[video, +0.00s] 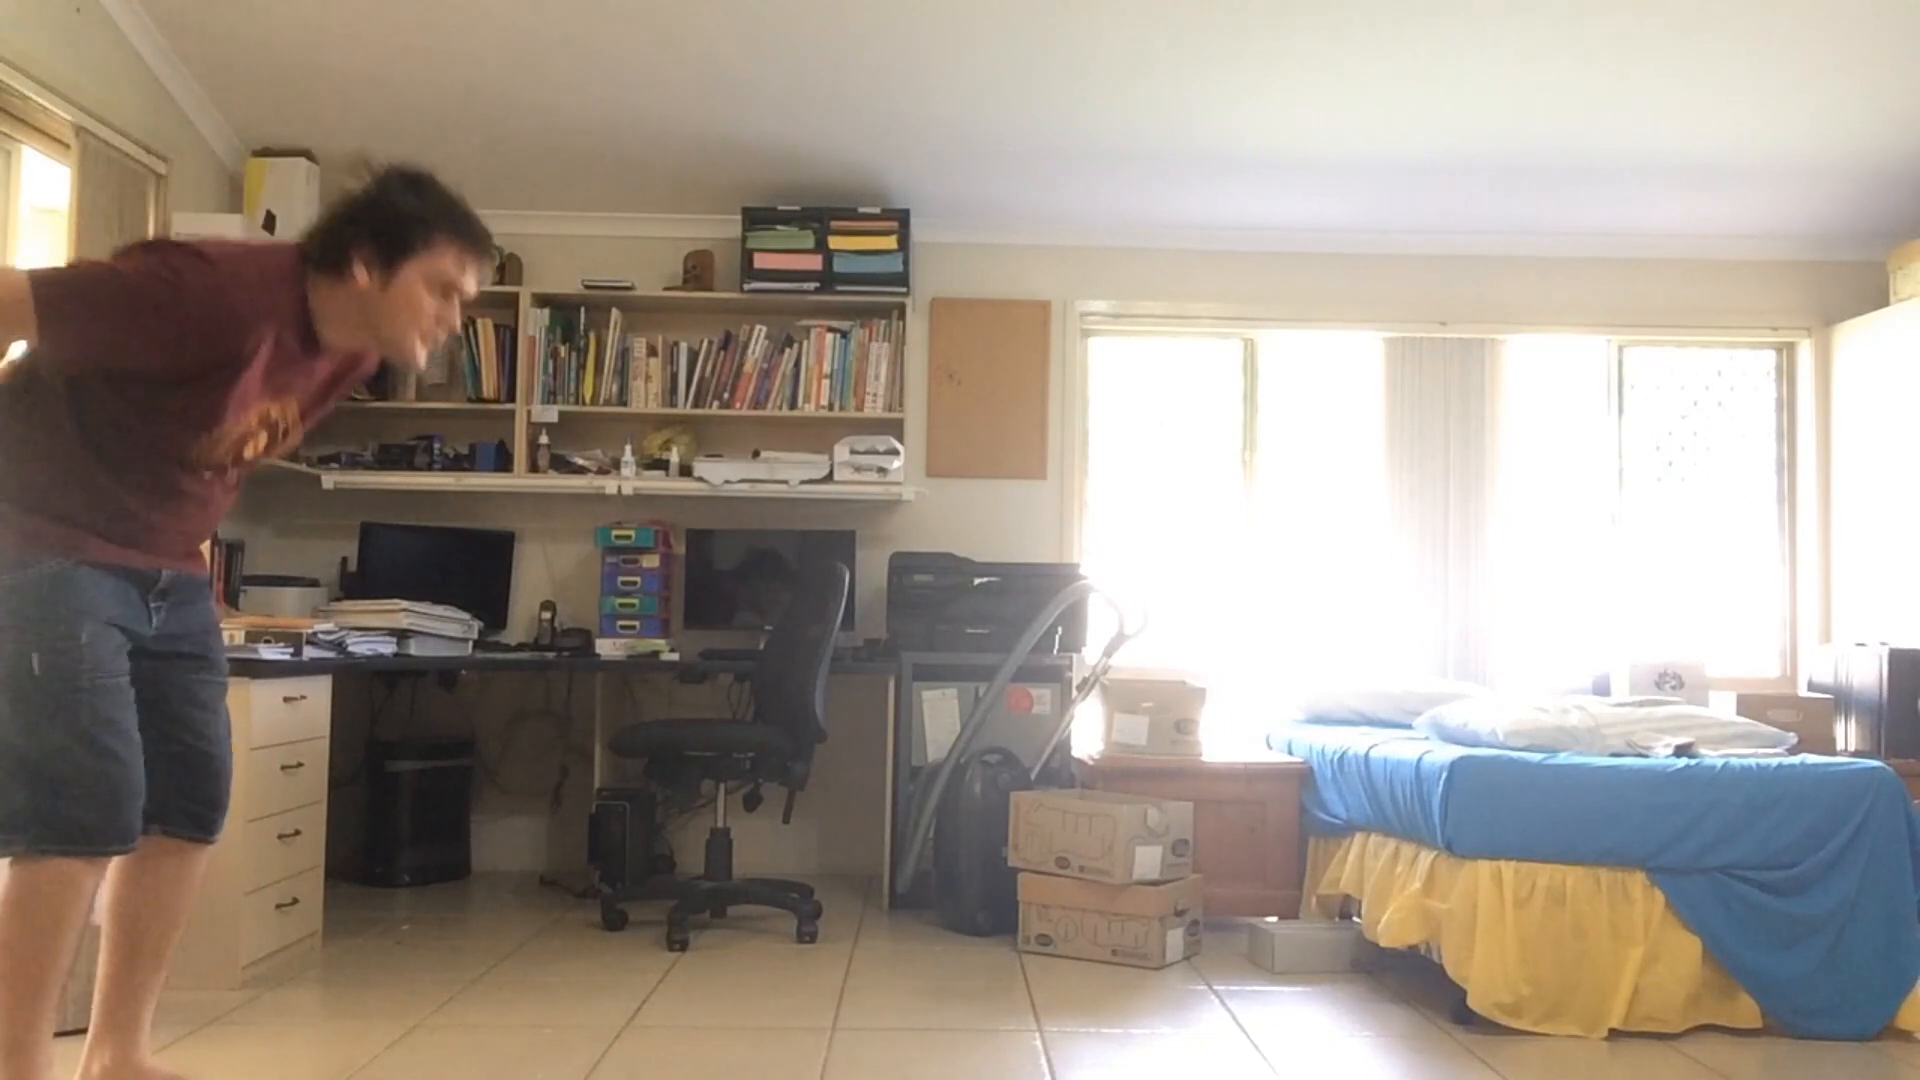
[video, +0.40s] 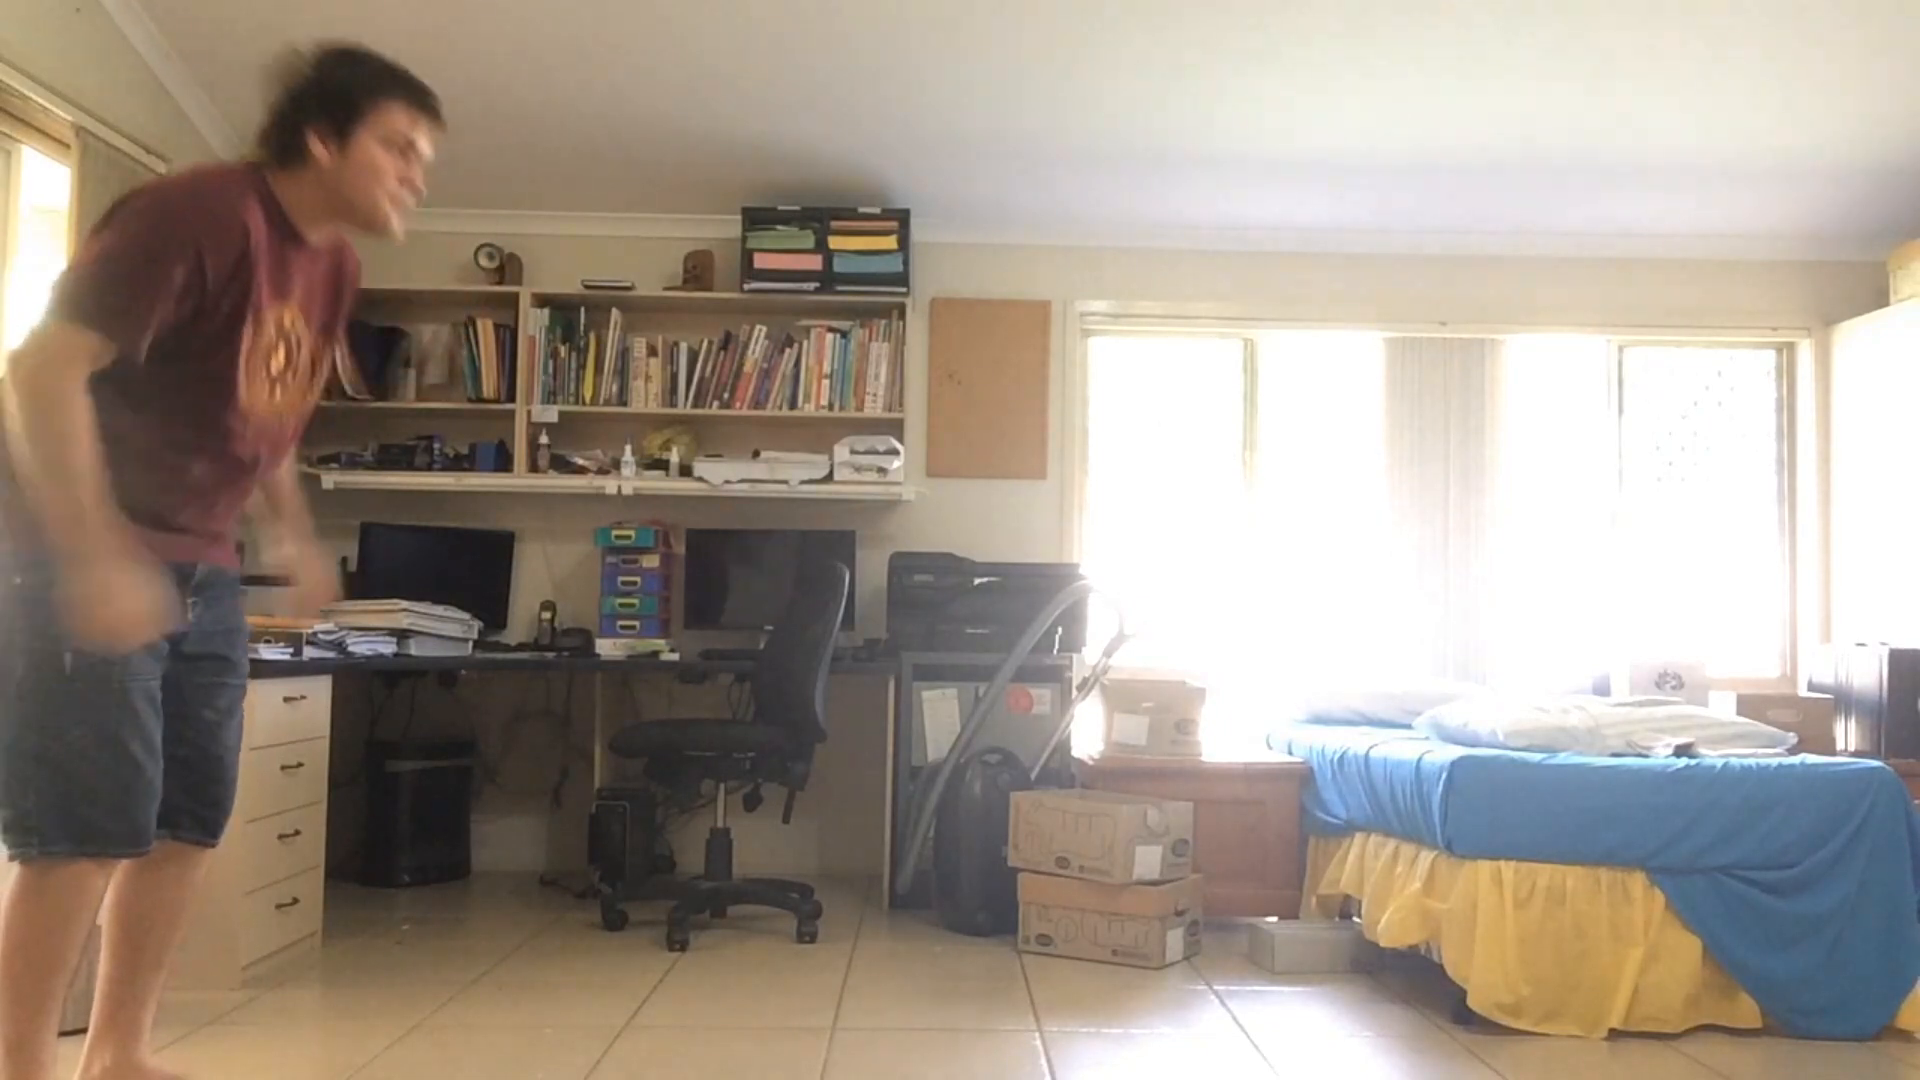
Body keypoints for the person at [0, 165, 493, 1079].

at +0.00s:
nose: (452, 321)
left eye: (463, 305)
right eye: (444, 290)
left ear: (382, 277)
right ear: (371, 261)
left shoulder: (356, 358)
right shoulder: (212, 290)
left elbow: (234, 437)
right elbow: (15, 297)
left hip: (174, 560)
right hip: (45, 543)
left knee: (186, 803)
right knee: (79, 808)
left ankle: (118, 1055)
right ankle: (21, 1064)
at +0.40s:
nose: (417, 176)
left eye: (424, 158)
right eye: (399, 147)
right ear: (320, 138)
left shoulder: (336, 268)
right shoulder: (197, 211)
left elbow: (267, 422)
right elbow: (43, 366)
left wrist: (296, 538)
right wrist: (96, 554)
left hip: (207, 569)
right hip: (88, 553)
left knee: (183, 824)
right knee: (86, 828)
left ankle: (117, 1056)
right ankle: (24, 1061)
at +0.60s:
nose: (334, 94)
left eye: (342, 81)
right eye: (315, 66)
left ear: (327, 100)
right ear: (237, 58)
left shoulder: (289, 210)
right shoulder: (142, 148)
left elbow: (289, 370)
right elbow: (79, 322)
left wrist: (383, 421)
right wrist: (289, 394)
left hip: (224, 547)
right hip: (99, 537)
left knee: (179, 818)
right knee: (74, 825)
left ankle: (116, 1055)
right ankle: (22, 1059)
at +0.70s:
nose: (301, 73)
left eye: (306, 55)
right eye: (279, 44)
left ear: (235, 61)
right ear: (201, 46)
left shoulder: (267, 203)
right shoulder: (115, 141)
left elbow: (268, 363)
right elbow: (76, 307)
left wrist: (389, 398)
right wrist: (286, 335)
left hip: (227, 543)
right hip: (101, 535)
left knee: (175, 818)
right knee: (70, 825)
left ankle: (117, 1053)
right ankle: (22, 1060)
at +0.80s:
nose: (275, 61)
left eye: (279, 44)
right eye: (253, 34)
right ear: (175, 40)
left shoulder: (248, 197)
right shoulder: (97, 140)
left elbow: (252, 361)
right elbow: (61, 301)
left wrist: (380, 403)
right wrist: (280, 327)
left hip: (229, 541)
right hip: (103, 534)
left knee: (175, 817)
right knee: (72, 821)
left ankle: (117, 1054)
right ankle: (23, 1059)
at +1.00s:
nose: (259, 56)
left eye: (262, 40)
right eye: (236, 32)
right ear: (158, 40)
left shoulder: (239, 200)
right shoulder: (81, 142)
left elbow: (234, 393)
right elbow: (24, 325)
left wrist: (292, 489)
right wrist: (170, 451)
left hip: (224, 549)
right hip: (99, 543)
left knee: (174, 819)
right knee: (70, 826)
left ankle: (117, 1054)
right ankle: (20, 1062)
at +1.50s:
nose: (465, 292)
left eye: (471, 273)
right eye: (449, 262)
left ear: (383, 262)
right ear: (372, 248)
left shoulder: (360, 363)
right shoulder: (226, 290)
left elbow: (229, 476)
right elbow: (26, 333)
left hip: (166, 582)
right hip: (45, 567)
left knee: (208, 806)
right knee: (96, 815)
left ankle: (117, 1056)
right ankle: (20, 1063)